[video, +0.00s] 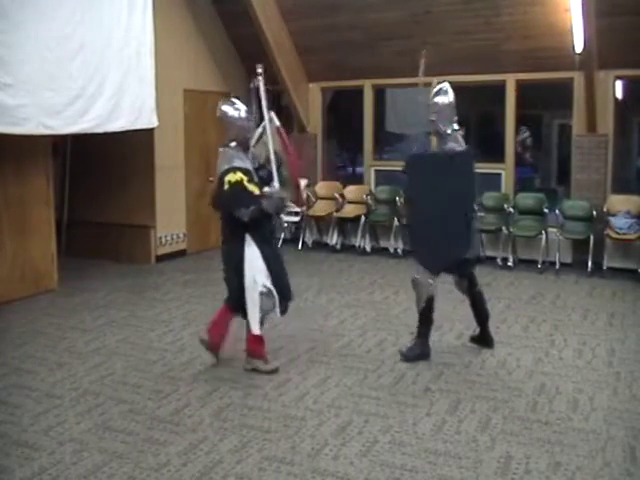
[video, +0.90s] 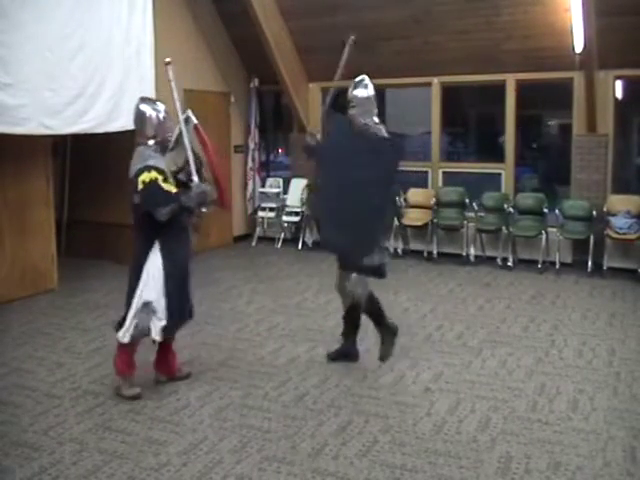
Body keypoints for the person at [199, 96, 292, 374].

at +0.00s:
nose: (252, 135)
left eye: (252, 130)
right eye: (248, 130)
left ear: (238, 136)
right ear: (239, 135)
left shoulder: (244, 162)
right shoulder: (234, 171)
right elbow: (246, 211)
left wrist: (274, 196)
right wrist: (273, 202)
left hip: (241, 240)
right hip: (248, 244)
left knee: (239, 294)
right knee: (257, 294)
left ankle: (213, 336)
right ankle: (256, 353)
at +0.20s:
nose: (231, 139)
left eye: (231, 134)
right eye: (227, 134)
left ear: (213, 138)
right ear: (216, 137)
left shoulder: (219, 164)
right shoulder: (212, 171)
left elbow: (237, 187)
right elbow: (224, 214)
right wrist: (254, 203)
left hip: (221, 244)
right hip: (223, 246)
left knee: (206, 300)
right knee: (240, 297)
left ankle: (173, 349)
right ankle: (255, 355)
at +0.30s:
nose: (219, 135)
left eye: (218, 129)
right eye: (214, 129)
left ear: (200, 138)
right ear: (202, 136)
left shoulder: (201, 169)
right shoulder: (201, 175)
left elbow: (219, 196)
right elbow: (211, 215)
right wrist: (241, 210)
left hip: (196, 248)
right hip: (209, 249)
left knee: (188, 306)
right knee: (230, 297)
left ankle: (169, 363)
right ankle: (251, 356)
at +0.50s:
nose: (198, 128)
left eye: (195, 122)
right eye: (193, 123)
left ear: (176, 131)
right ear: (182, 129)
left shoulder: (184, 163)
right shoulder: (179, 169)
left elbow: (201, 192)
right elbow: (189, 210)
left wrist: (213, 193)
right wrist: (220, 203)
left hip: (178, 245)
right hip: (190, 246)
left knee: (174, 300)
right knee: (210, 296)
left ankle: (167, 364)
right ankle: (217, 359)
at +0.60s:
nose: (188, 123)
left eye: (186, 117)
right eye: (183, 118)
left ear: (166, 125)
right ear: (171, 125)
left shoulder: (172, 157)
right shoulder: (169, 166)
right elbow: (183, 209)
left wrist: (206, 188)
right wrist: (212, 199)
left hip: (171, 243)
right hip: (181, 246)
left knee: (169, 300)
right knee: (190, 300)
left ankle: (164, 367)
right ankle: (189, 365)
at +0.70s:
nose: (180, 121)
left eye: (179, 115)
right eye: (176, 116)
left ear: (159, 118)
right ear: (165, 119)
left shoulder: (170, 150)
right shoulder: (160, 155)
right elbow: (174, 205)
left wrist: (200, 187)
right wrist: (203, 196)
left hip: (179, 236)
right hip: (169, 239)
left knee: (178, 293)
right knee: (172, 293)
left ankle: (169, 352)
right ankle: (163, 353)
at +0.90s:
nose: (171, 127)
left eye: (170, 121)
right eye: (164, 123)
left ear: (167, 124)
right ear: (150, 128)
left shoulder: (170, 156)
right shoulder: (147, 163)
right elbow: (161, 208)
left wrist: (197, 190)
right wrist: (190, 197)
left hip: (175, 240)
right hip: (153, 244)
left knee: (174, 300)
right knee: (144, 301)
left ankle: (165, 360)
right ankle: (124, 368)